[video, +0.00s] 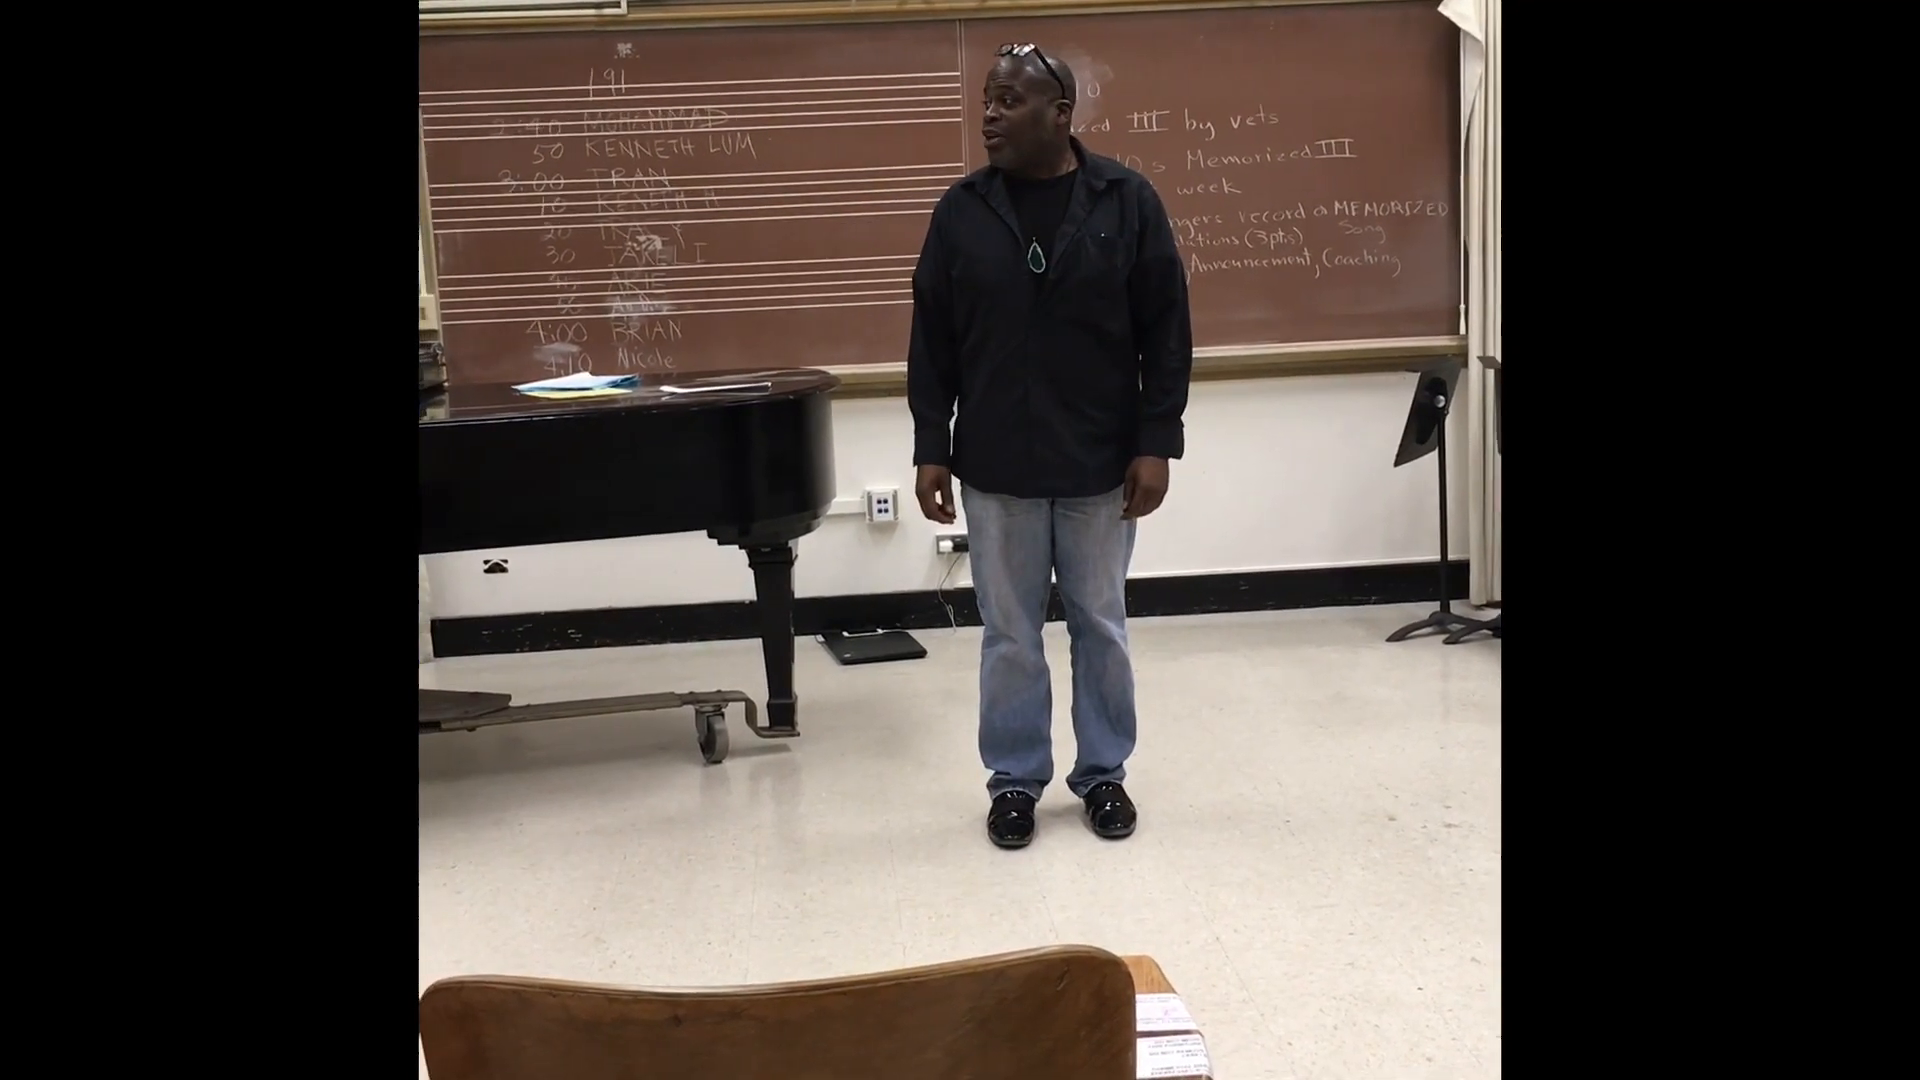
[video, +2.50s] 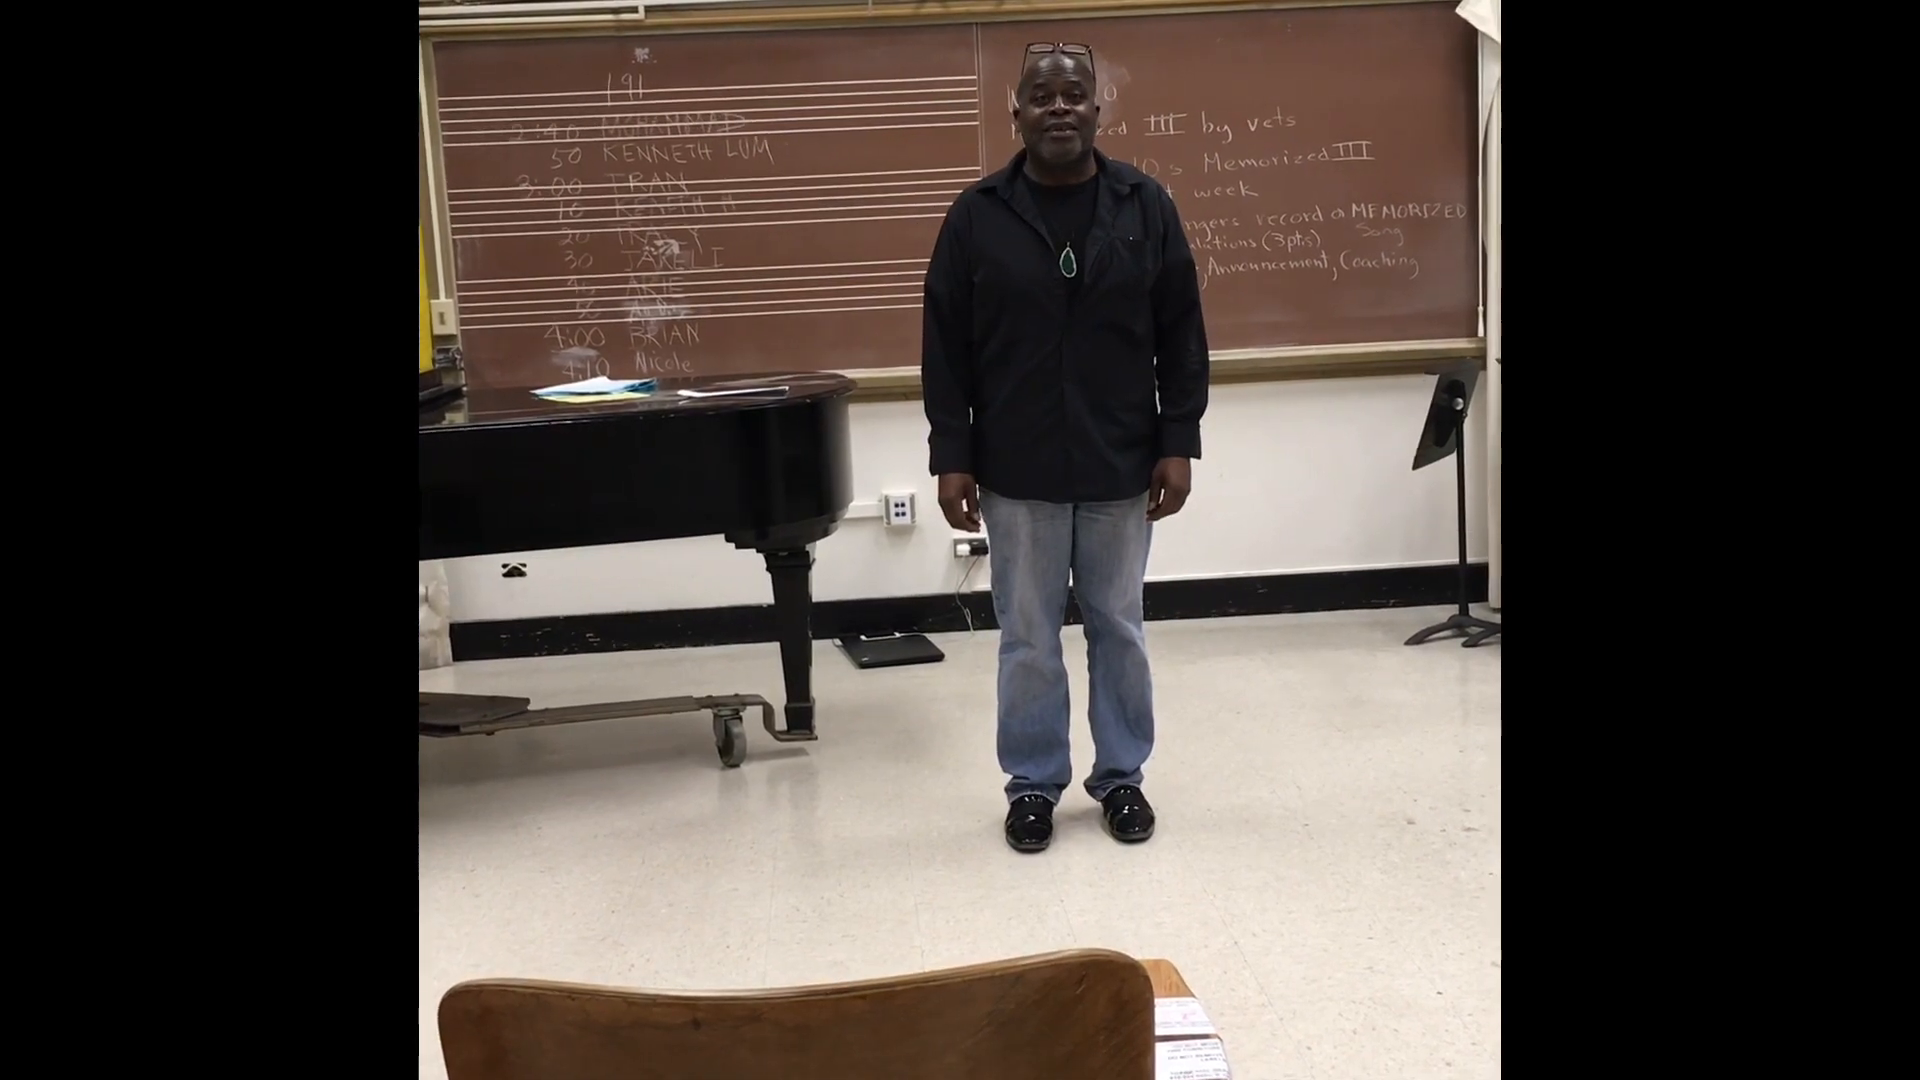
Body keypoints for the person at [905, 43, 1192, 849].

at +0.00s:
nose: (990, 116)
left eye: (1009, 101)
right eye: (988, 102)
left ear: (1061, 112)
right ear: (986, 112)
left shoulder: (1127, 200)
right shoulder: (962, 210)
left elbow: (1165, 331)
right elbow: (932, 337)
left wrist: (1156, 446)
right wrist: (930, 451)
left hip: (1100, 455)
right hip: (995, 458)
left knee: (1100, 626)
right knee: (1009, 632)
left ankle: (1103, 775)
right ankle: (1013, 779)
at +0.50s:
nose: (999, 116)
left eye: (1017, 101)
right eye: (995, 102)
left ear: (1069, 112)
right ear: (991, 111)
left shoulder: (1136, 200)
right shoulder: (968, 210)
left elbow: (1174, 330)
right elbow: (939, 337)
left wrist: (1165, 445)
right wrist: (939, 451)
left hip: (1109, 454)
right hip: (1005, 457)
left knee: (1110, 625)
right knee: (1019, 631)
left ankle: (1114, 772)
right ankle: (1023, 780)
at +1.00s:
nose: (1009, 118)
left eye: (1026, 103)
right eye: (1005, 104)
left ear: (1078, 112)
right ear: (1000, 113)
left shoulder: (1146, 202)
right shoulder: (980, 211)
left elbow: (1183, 332)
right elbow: (949, 338)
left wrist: (1174, 447)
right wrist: (949, 452)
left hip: (1119, 455)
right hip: (1015, 458)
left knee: (1121, 626)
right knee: (1029, 632)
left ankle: (1124, 774)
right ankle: (1034, 780)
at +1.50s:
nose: (1021, 116)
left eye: (1039, 103)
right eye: (1016, 103)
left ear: (1087, 113)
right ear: (1008, 113)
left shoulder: (1144, 204)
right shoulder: (977, 214)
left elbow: (1183, 333)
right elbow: (947, 342)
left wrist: (1174, 449)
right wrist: (948, 456)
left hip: (1118, 457)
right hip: (1015, 461)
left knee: (1120, 629)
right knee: (1029, 635)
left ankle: (1123, 776)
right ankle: (1034, 784)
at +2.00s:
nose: (1054, 113)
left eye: (1070, 100)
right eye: (1038, 100)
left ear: (1096, 111)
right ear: (1014, 114)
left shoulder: (1143, 208)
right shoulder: (973, 217)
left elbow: (1180, 336)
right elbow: (943, 345)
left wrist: (1176, 447)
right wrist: (950, 460)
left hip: (1118, 458)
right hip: (1015, 462)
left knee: (1117, 629)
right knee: (1026, 636)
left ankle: (1120, 778)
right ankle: (1031, 785)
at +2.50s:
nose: (1058, 109)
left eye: (1074, 96)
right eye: (1041, 97)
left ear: (1099, 109)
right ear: (1017, 113)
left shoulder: (1145, 206)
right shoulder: (976, 215)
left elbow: (1182, 333)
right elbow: (944, 344)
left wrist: (1177, 446)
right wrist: (951, 459)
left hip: (1120, 457)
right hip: (1017, 461)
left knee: (1119, 628)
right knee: (1027, 634)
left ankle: (1121, 776)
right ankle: (1031, 784)